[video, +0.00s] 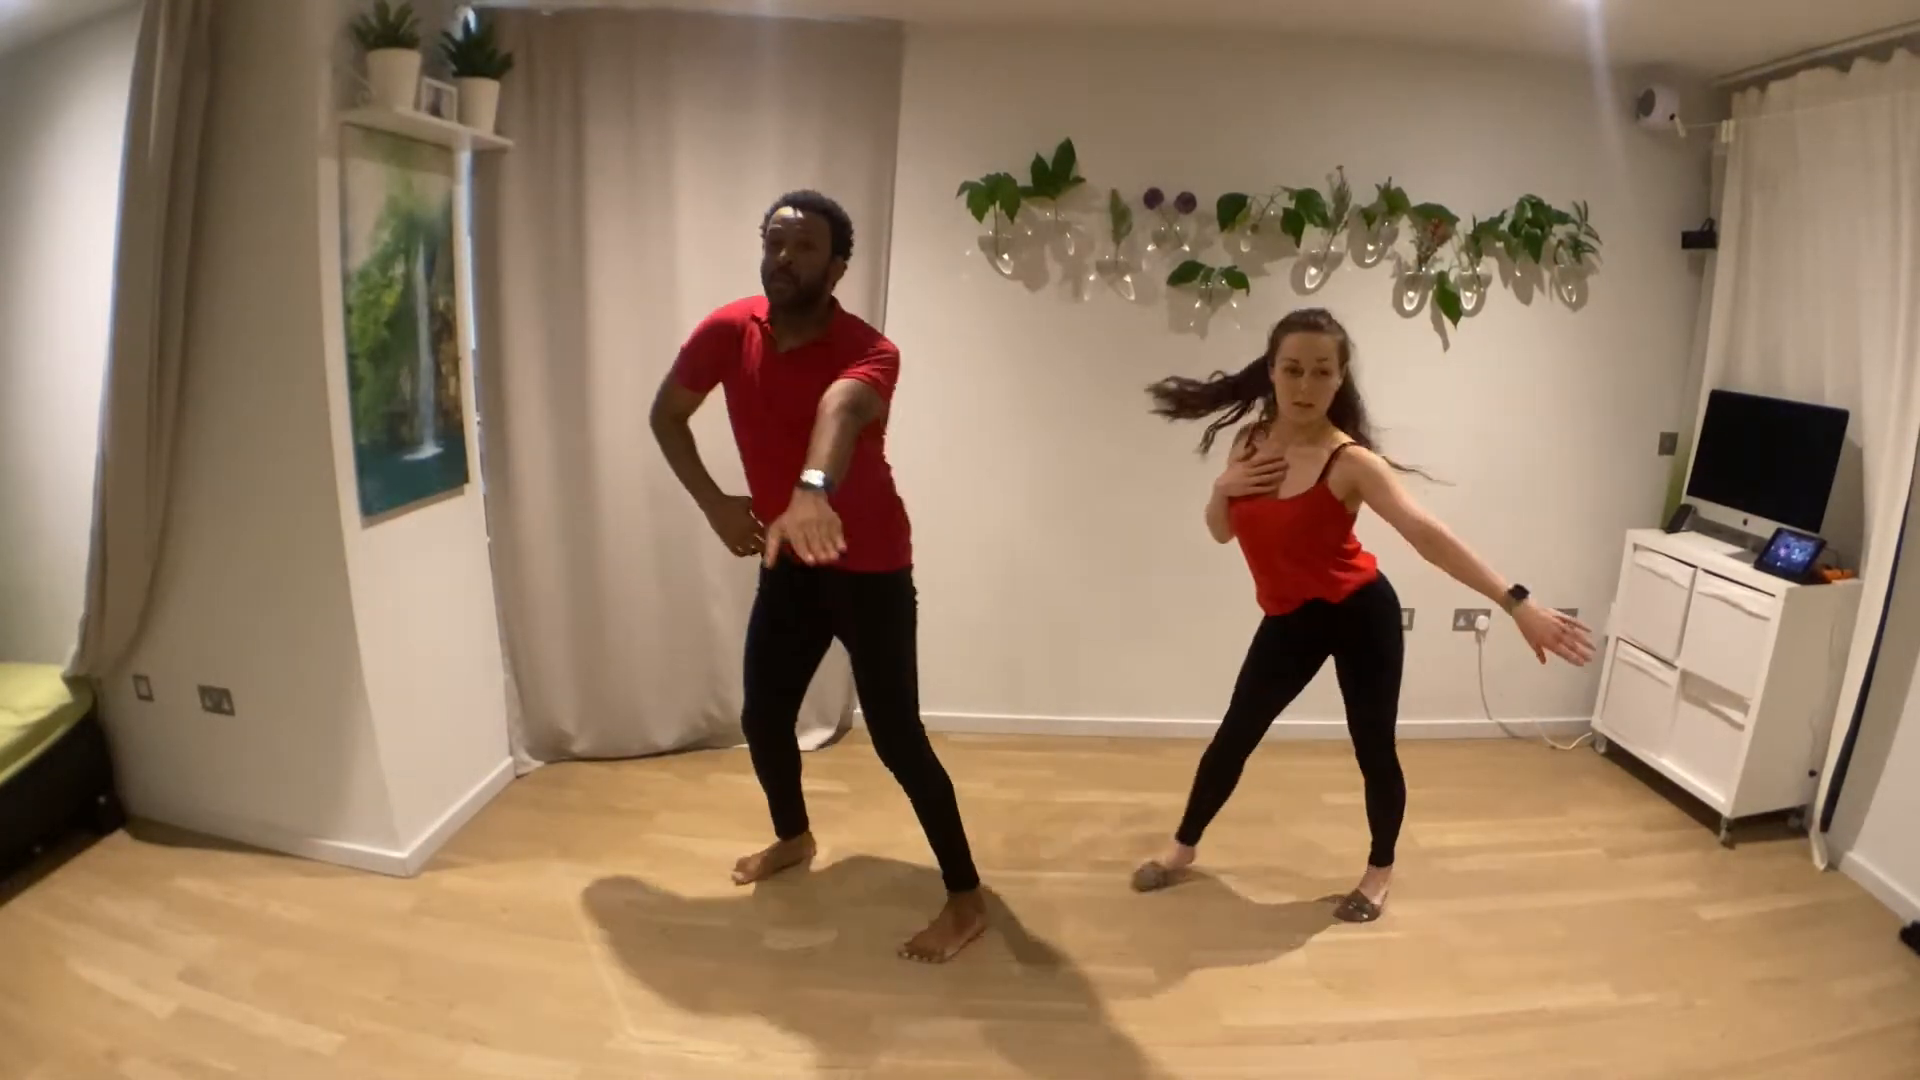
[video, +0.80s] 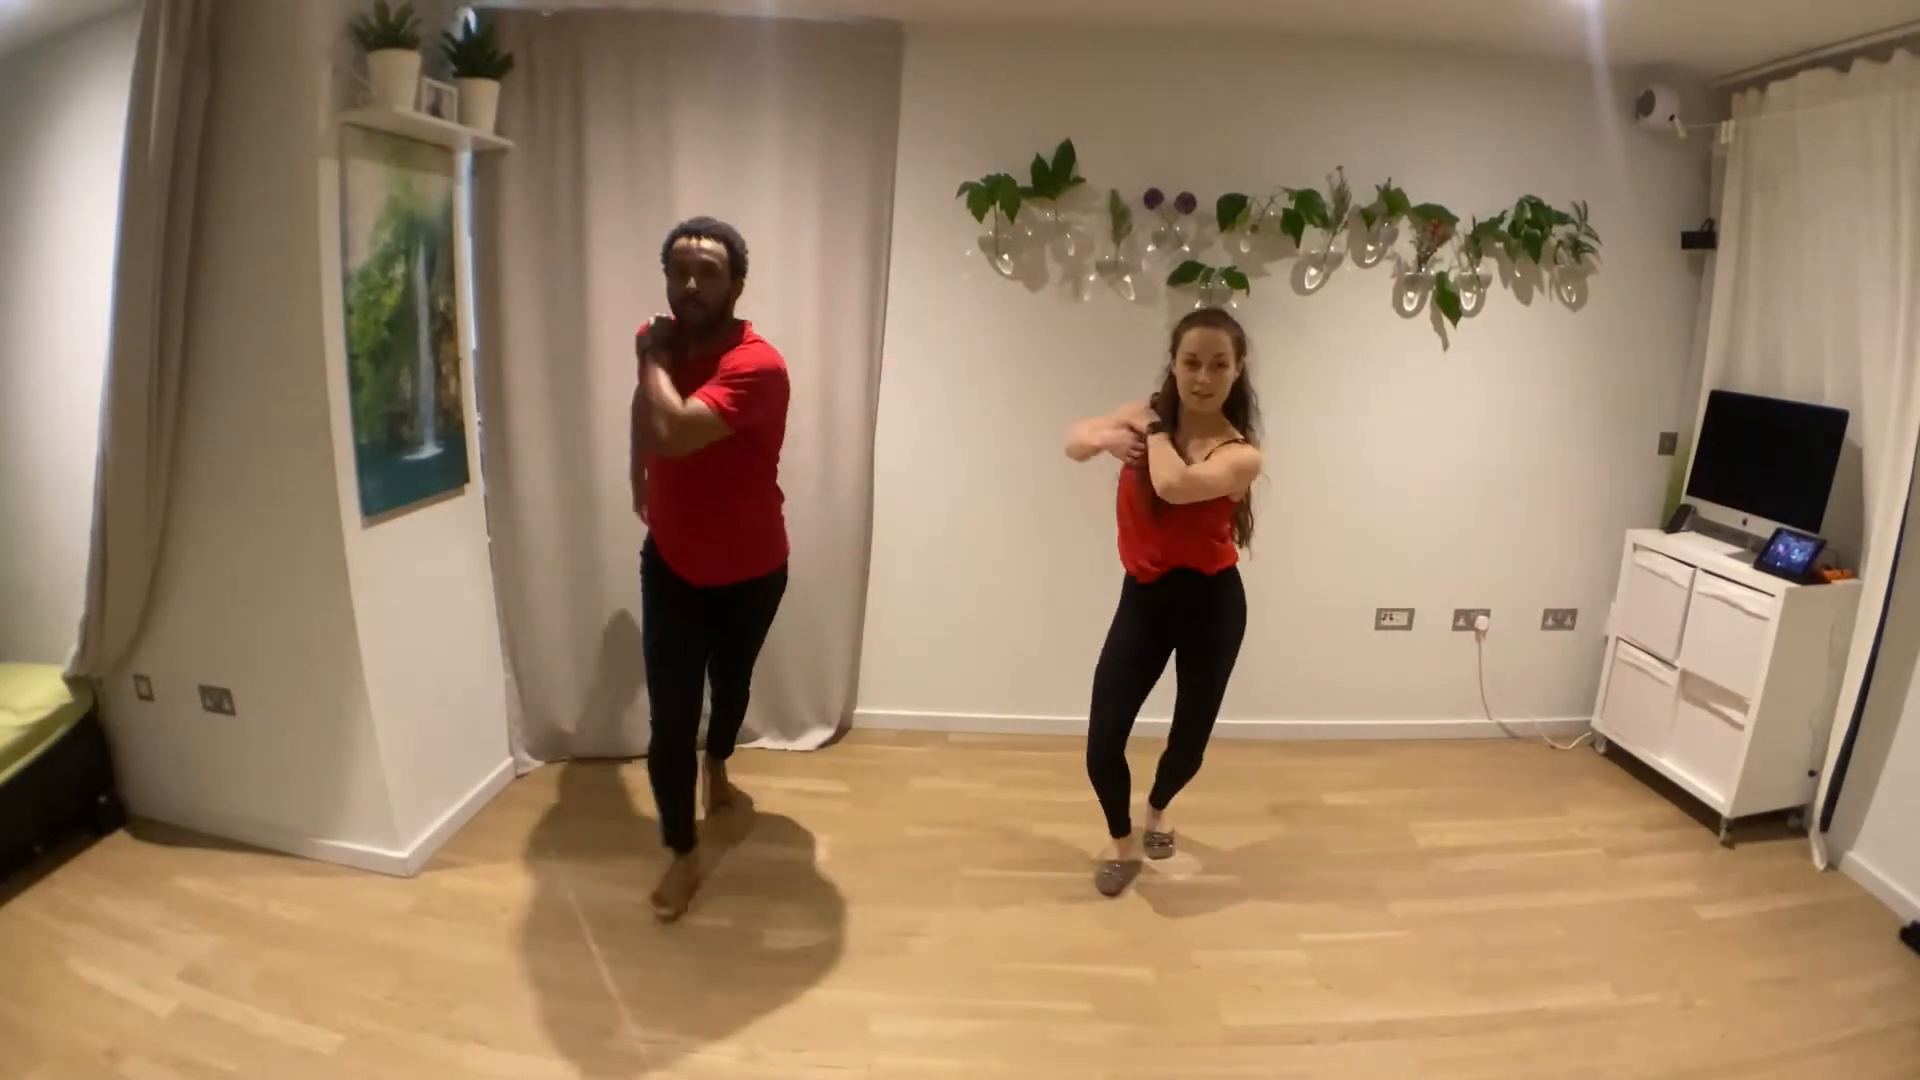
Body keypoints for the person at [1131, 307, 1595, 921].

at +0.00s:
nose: (1306, 386)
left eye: (1322, 372)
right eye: (1293, 369)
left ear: (1339, 380)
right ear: (1271, 372)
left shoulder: (1349, 461)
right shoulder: (1251, 443)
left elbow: (1426, 533)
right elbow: (1222, 532)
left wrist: (1518, 603)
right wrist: (1221, 490)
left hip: (1359, 610)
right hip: (1290, 618)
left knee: (1374, 748)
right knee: (1235, 733)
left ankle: (1379, 871)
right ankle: (1181, 848)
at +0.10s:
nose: (1287, 387)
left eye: (1303, 372)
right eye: (1274, 371)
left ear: (1321, 380)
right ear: (1253, 375)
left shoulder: (1325, 464)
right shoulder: (1227, 451)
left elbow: (1387, 515)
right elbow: (1192, 528)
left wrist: (1473, 577)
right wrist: (1198, 482)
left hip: (1326, 605)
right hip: (1258, 616)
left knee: (1362, 739)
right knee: (1207, 737)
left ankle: (1375, 870)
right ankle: (1147, 855)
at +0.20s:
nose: (1267, 390)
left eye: (1282, 376)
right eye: (1253, 374)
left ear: (1302, 383)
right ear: (1234, 377)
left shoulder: (1297, 463)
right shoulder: (1210, 442)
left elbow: (1339, 502)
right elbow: (1163, 524)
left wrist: (1393, 546)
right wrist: (1174, 480)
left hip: (1289, 611)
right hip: (1221, 619)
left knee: (1334, 738)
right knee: (1165, 743)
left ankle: (1367, 865)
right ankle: (1141, 857)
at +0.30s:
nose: (1249, 393)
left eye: (1265, 378)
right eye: (1237, 377)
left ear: (1285, 384)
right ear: (1218, 380)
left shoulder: (1280, 463)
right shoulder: (1192, 444)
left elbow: (1277, 493)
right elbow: (1137, 524)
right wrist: (1157, 475)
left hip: (1248, 618)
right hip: (1179, 620)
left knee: (1296, 750)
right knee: (1133, 752)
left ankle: (1354, 860)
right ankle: (1141, 858)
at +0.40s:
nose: (1234, 396)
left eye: (1250, 381)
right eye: (1222, 380)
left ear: (1271, 386)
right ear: (1205, 382)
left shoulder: (1271, 472)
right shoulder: (1183, 447)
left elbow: (1217, 483)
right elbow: (1121, 525)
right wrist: (1144, 484)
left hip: (1218, 621)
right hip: (1152, 614)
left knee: (1236, 773)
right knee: (1116, 751)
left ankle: (1303, 839)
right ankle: (1139, 857)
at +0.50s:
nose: (1223, 394)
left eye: (1239, 381)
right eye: (1212, 379)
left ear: (1260, 387)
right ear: (1195, 382)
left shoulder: (1264, 468)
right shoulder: (1172, 451)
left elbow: (1185, 485)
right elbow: (1115, 531)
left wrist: (1093, 487)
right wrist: (1130, 491)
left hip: (1199, 623)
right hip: (1136, 611)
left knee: (1182, 777)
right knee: (1111, 754)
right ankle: (1141, 859)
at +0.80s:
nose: (1203, 376)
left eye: (1218, 364)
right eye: (1191, 362)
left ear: (1237, 370)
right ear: (1173, 366)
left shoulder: (1242, 456)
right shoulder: (1149, 415)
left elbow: (1174, 485)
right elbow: (1076, 442)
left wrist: (1154, 430)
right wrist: (1105, 436)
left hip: (1213, 605)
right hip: (1146, 601)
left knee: (1190, 743)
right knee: (1103, 746)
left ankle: (1154, 810)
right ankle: (1122, 841)